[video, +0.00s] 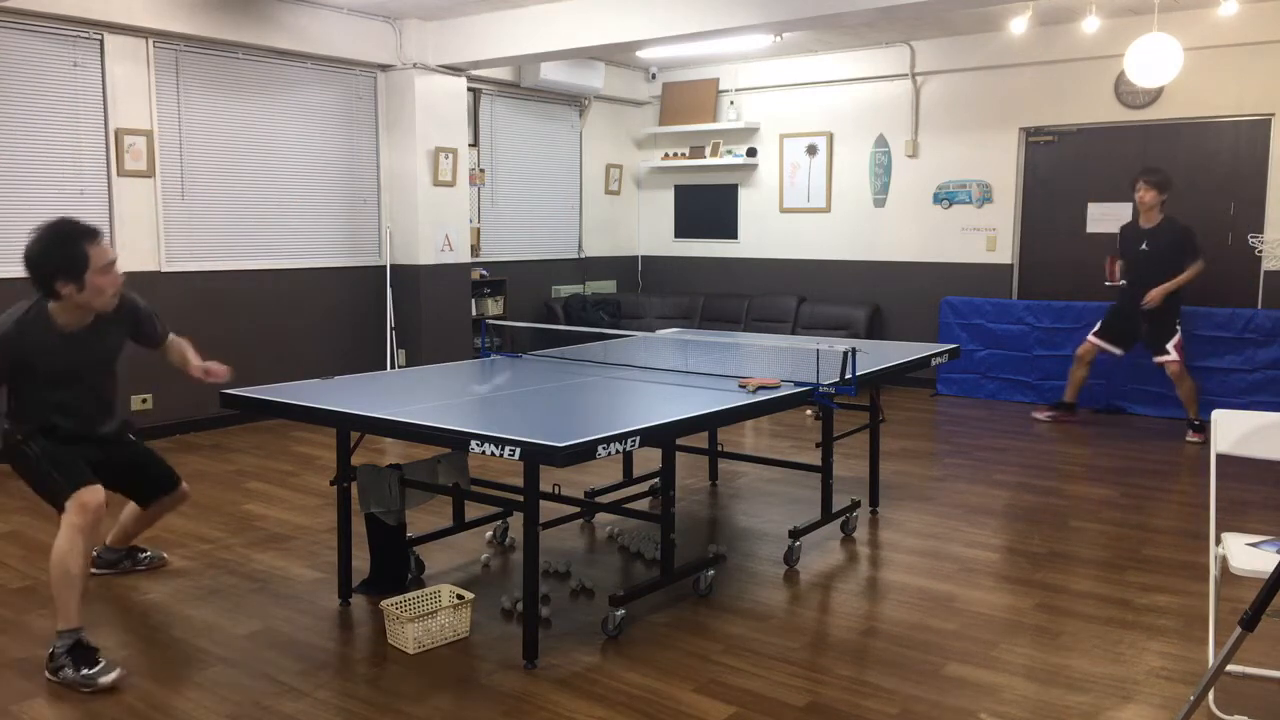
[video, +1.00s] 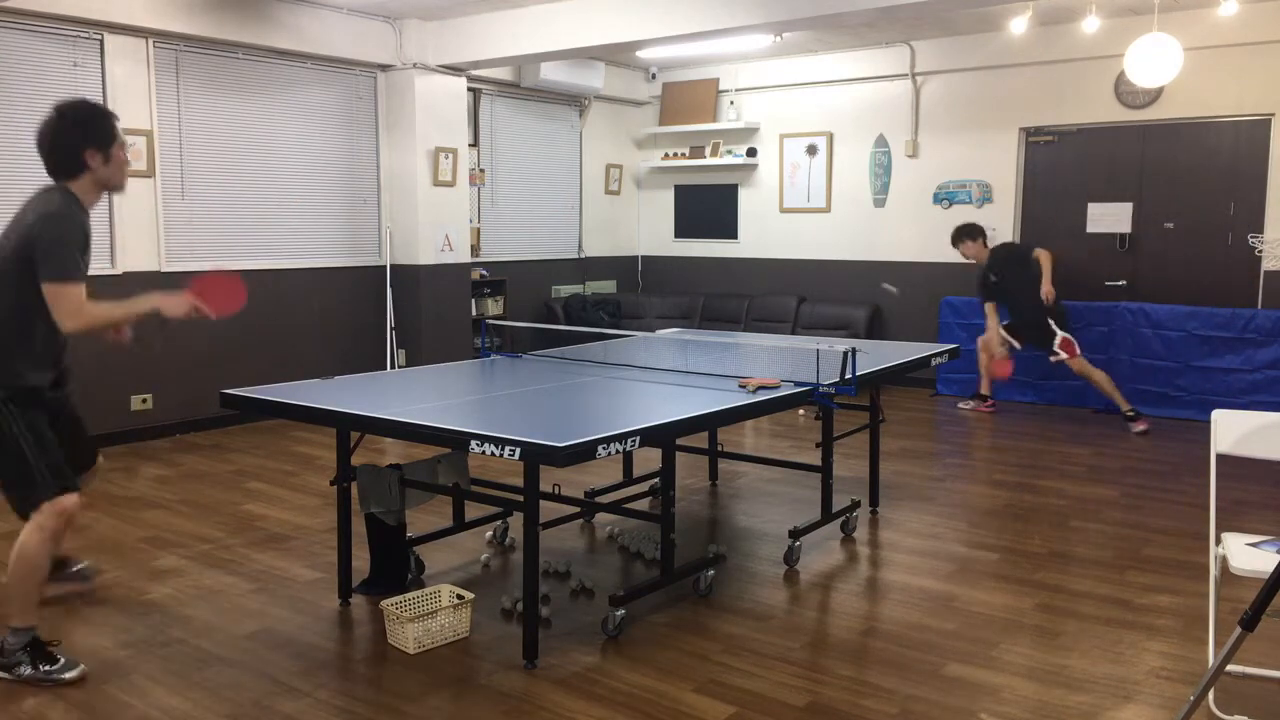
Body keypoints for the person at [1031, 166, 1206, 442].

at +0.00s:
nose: (1141, 195)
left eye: (1148, 190)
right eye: (1138, 189)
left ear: (1163, 196)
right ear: (1134, 194)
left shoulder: (1177, 231)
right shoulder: (1128, 231)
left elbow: (1198, 265)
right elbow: (1126, 266)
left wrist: (1164, 290)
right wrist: (1116, 272)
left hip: (1162, 309)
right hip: (1128, 306)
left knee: (1175, 370)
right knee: (1084, 353)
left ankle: (1195, 423)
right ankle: (1067, 406)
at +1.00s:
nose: (963, 253)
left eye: (964, 247)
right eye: (960, 249)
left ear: (978, 240)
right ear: (968, 248)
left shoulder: (1006, 250)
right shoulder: (985, 278)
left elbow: (1044, 255)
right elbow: (991, 314)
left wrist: (1046, 283)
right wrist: (996, 346)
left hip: (1046, 316)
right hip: (1022, 322)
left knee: (1080, 367)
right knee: (984, 342)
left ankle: (1129, 413)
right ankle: (984, 398)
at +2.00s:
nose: (1061, 205)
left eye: (1068, 200)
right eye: (1058, 199)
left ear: (1080, 204)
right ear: (1054, 203)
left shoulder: (1094, 229)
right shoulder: (1045, 230)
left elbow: (1112, 258)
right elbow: (1035, 257)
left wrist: (1086, 275)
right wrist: (1044, 271)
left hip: (1085, 300)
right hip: (1052, 299)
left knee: (1105, 352)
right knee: (1023, 345)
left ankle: (1125, 404)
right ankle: (1013, 396)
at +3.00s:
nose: (1073, 200)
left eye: (1078, 193)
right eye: (1072, 194)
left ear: (1094, 194)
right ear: (1083, 196)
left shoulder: (1099, 216)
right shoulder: (1094, 221)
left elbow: (1119, 235)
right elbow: (1112, 257)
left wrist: (1118, 271)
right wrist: (1097, 283)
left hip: (1134, 290)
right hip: (1124, 290)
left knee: (1135, 347)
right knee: (1127, 346)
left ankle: (1147, 410)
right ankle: (1137, 403)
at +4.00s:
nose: (1133, 222)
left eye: (1137, 217)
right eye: (1129, 216)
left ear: (1143, 221)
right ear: (1119, 217)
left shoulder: (1138, 242)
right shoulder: (1104, 244)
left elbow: (1132, 276)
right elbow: (1118, 284)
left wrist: (1147, 288)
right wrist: (1154, 269)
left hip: (1117, 310)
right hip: (1088, 311)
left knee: (1150, 347)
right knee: (1052, 357)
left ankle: (1143, 407)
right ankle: (1017, 393)